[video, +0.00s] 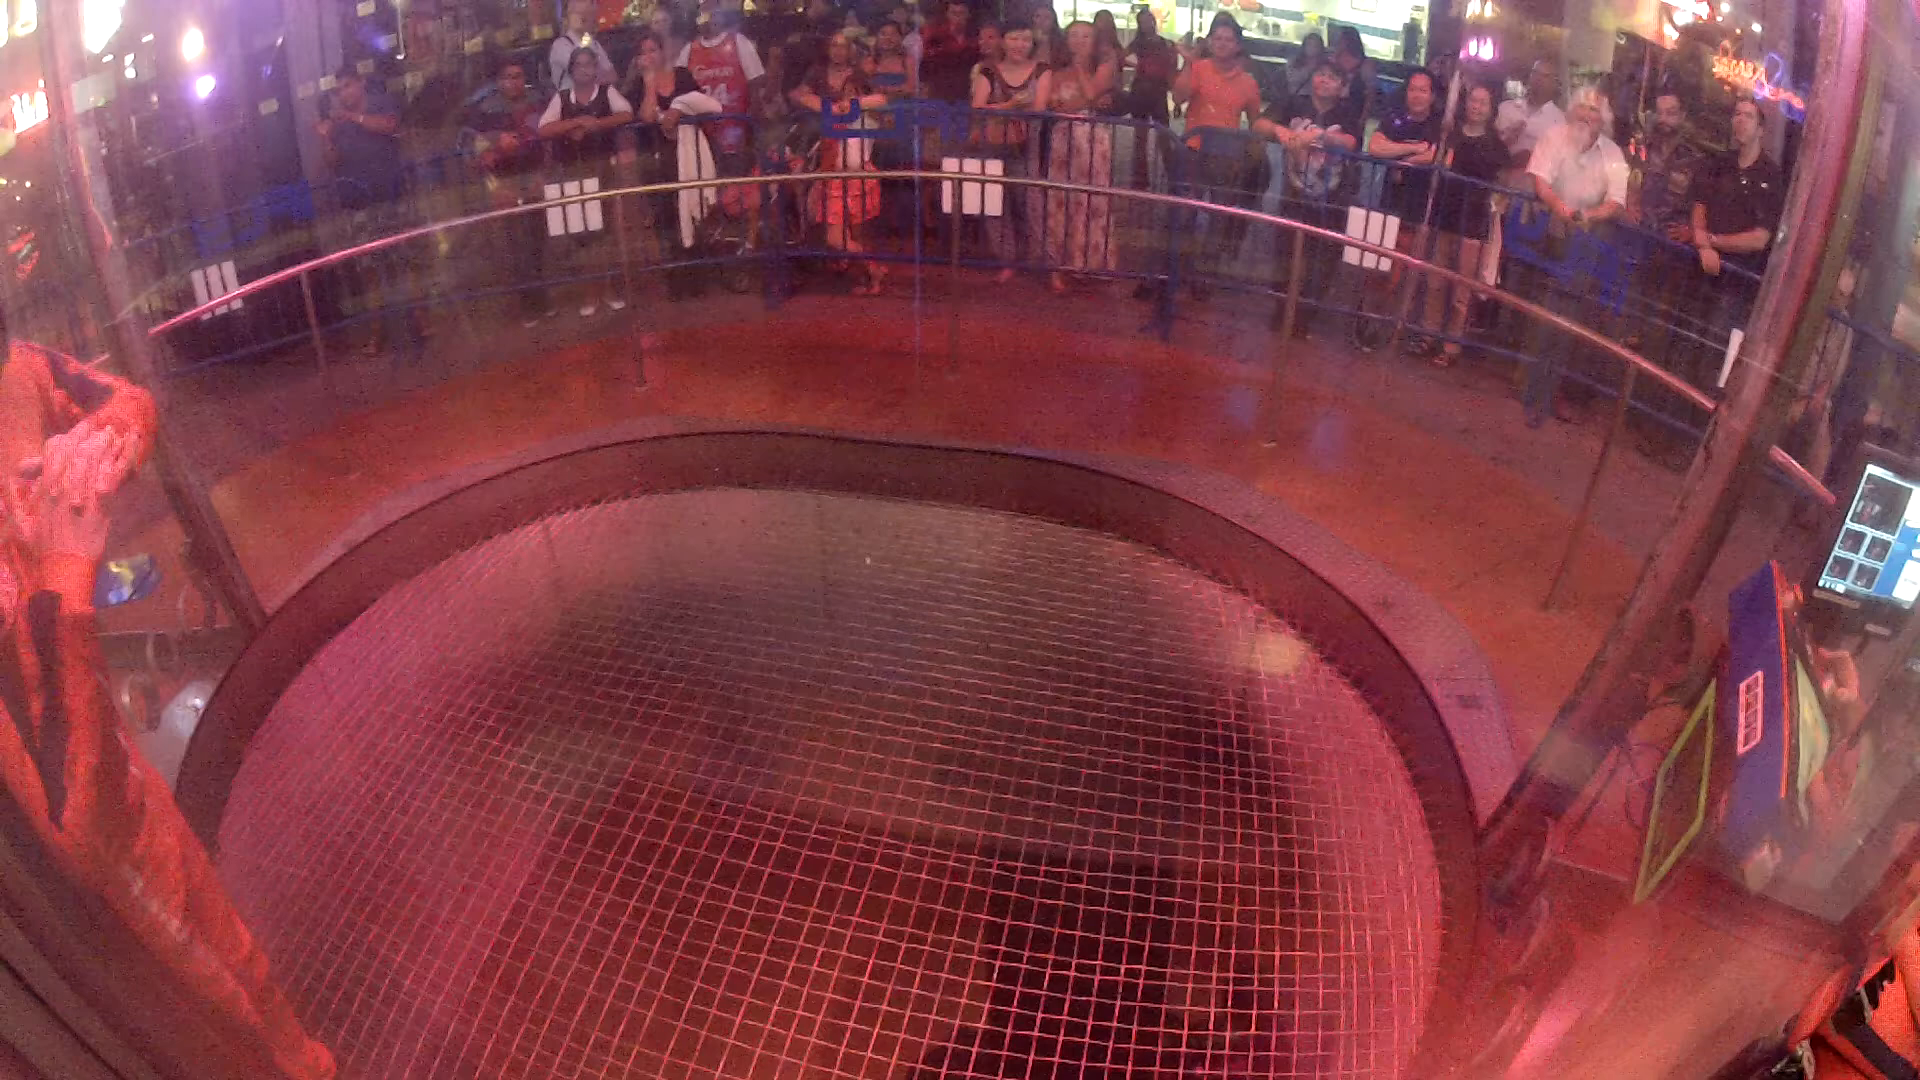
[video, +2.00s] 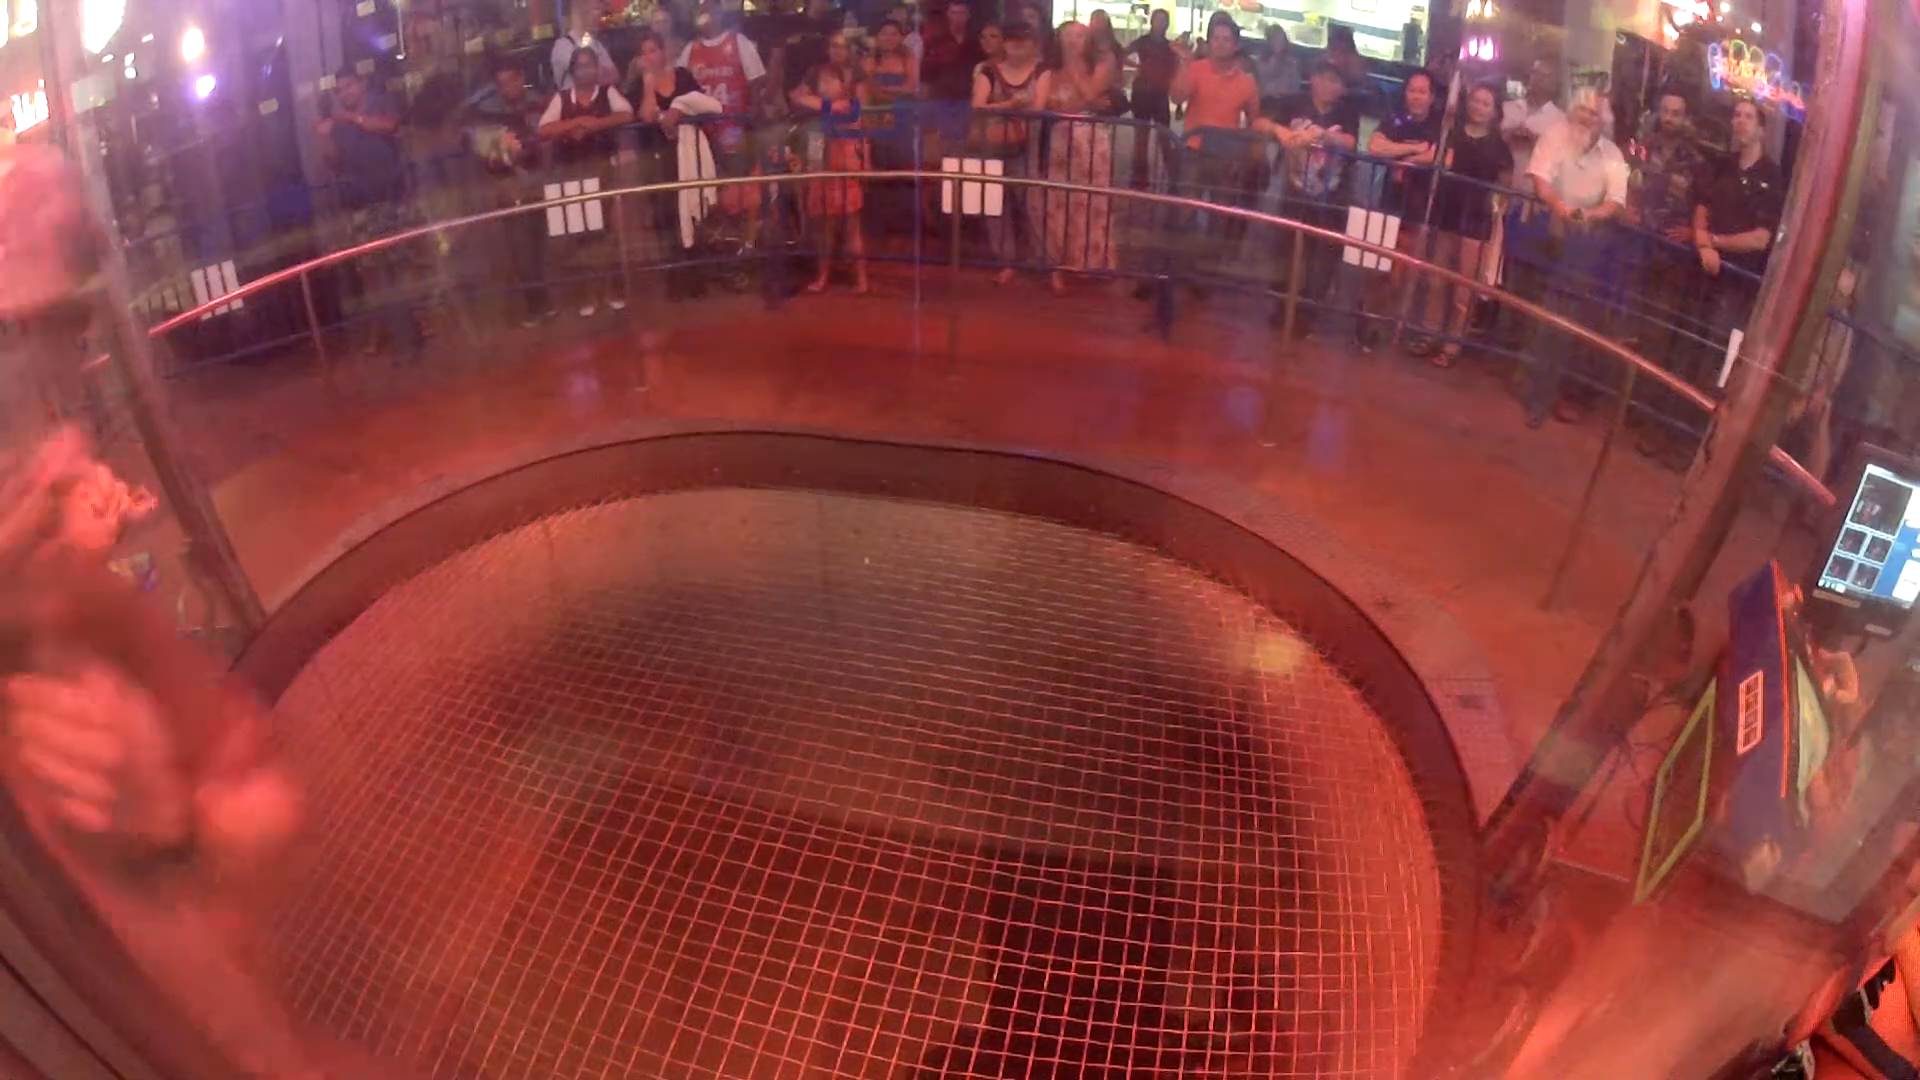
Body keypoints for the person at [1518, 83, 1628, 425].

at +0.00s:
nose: (1587, 117)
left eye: (1594, 112)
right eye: (1583, 110)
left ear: (1604, 118)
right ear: (1571, 111)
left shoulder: (1612, 153)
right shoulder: (1556, 136)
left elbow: (1616, 202)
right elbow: (1540, 181)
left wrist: (1589, 215)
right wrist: (1560, 209)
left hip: (1587, 235)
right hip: (1551, 226)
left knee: (1571, 310)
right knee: (1543, 305)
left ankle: (1550, 390)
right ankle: (1532, 388)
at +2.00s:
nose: (1586, 119)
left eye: (1594, 115)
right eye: (1582, 111)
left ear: (1603, 120)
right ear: (1571, 111)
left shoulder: (1612, 154)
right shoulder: (1556, 135)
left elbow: (1616, 201)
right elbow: (1539, 179)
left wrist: (1591, 215)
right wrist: (1560, 208)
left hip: (1588, 230)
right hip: (1550, 222)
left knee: (1574, 303)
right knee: (1542, 298)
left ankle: (1558, 388)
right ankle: (1532, 382)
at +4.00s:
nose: (1585, 118)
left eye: (1593, 114)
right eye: (1581, 111)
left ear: (1603, 119)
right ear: (1571, 111)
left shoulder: (1612, 153)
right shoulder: (1556, 135)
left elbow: (1616, 201)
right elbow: (1539, 178)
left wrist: (1591, 214)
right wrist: (1559, 207)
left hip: (1587, 229)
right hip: (1551, 220)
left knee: (1572, 300)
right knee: (1539, 296)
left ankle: (1554, 387)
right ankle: (1529, 378)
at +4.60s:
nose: (1585, 119)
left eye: (1592, 115)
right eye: (1581, 112)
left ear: (1603, 120)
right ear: (1570, 112)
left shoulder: (1612, 152)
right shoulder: (1557, 135)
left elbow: (1617, 200)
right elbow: (1540, 179)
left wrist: (1591, 214)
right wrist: (1559, 207)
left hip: (1588, 230)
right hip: (1552, 221)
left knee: (1574, 305)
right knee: (1541, 299)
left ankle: (1561, 389)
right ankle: (1532, 383)